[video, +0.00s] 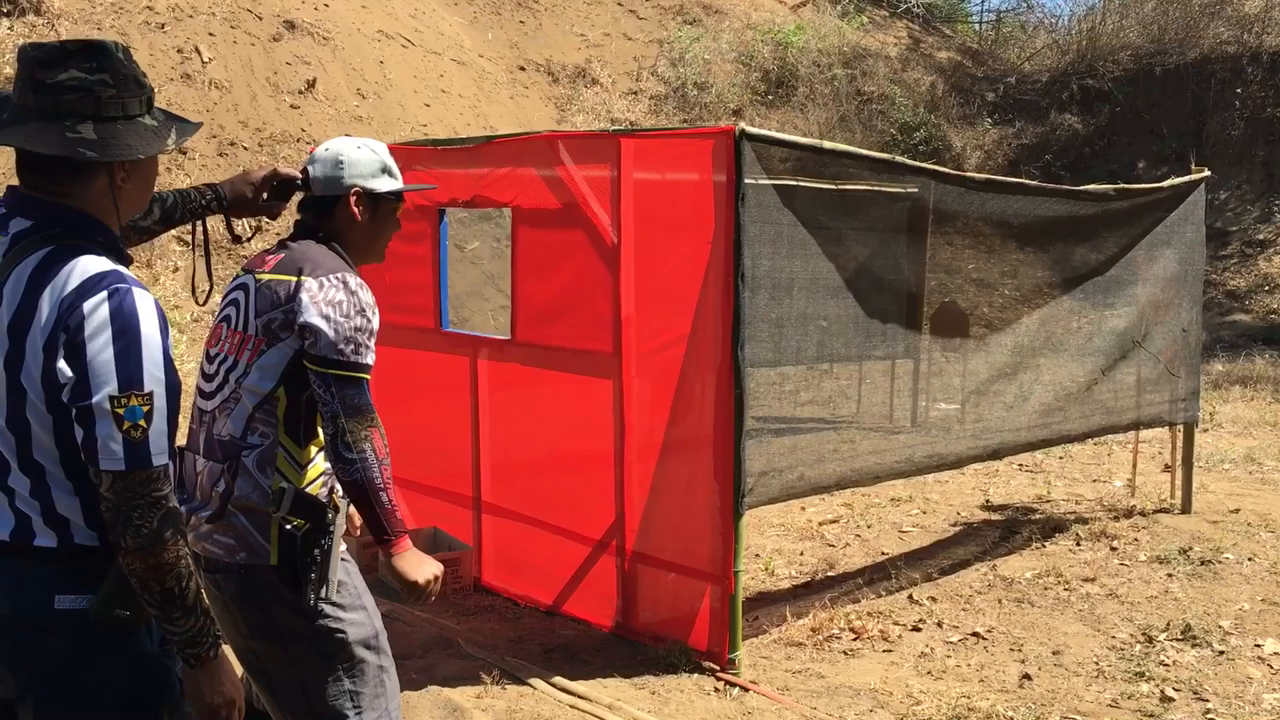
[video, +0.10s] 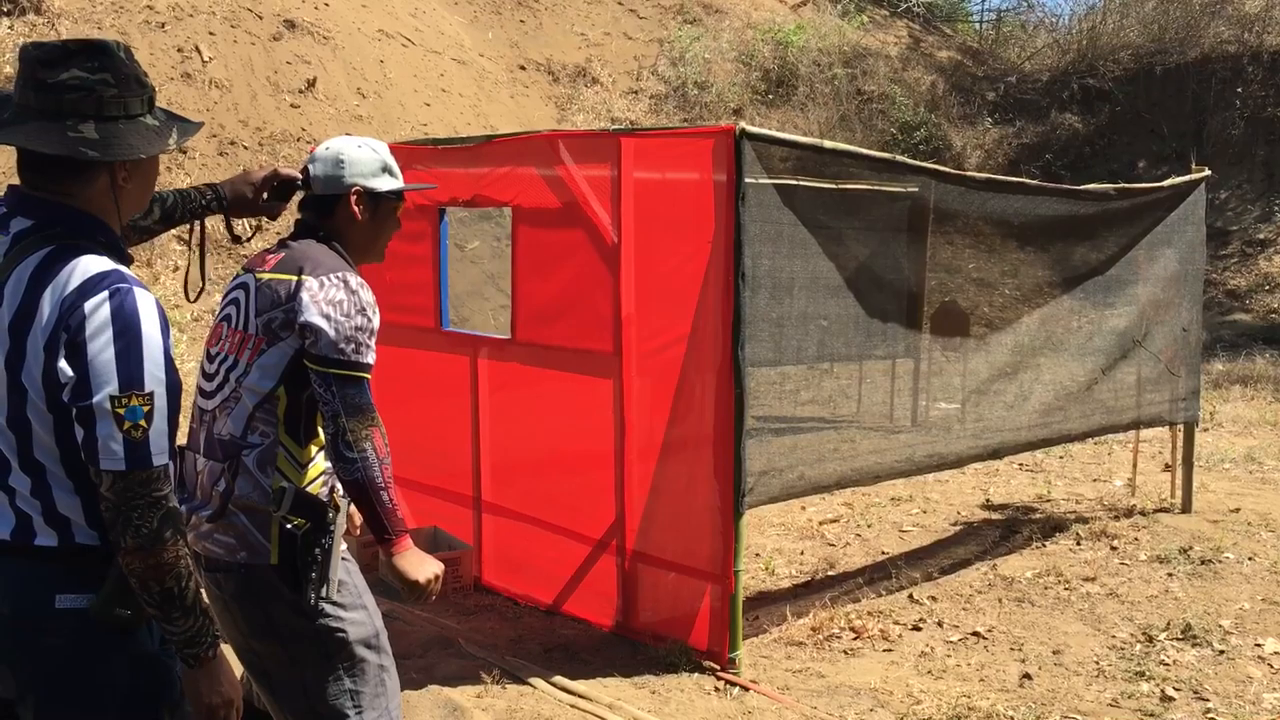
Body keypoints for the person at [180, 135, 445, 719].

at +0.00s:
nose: (401, 223)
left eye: (401, 208)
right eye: (395, 207)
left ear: (335, 203)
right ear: (356, 207)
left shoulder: (265, 267)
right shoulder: (336, 287)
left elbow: (275, 406)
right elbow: (352, 431)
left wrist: (335, 494)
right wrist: (401, 545)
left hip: (222, 532)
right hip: (280, 540)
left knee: (285, 696)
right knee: (363, 696)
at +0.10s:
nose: (400, 223)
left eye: (401, 208)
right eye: (395, 207)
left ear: (334, 202)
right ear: (357, 207)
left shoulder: (265, 267)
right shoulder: (337, 287)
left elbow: (275, 407)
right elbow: (352, 431)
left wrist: (335, 494)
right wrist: (402, 544)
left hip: (221, 528)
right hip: (279, 538)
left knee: (286, 693)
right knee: (363, 696)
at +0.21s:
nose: (400, 222)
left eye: (401, 208)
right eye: (395, 206)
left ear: (335, 201)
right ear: (357, 205)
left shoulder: (263, 267)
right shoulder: (337, 286)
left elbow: (277, 409)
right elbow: (352, 430)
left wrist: (340, 498)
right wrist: (402, 544)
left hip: (221, 531)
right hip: (280, 540)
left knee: (285, 692)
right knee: (364, 697)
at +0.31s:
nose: (401, 222)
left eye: (402, 207)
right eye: (395, 205)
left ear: (335, 201)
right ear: (357, 206)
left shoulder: (265, 266)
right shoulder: (337, 287)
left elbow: (276, 405)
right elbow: (352, 432)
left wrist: (337, 495)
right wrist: (401, 544)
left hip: (222, 531)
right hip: (280, 541)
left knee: (284, 694)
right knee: (363, 698)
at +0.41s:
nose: (401, 222)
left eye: (402, 207)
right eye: (395, 206)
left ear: (333, 201)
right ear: (357, 205)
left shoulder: (264, 266)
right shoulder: (337, 287)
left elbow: (274, 406)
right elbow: (352, 432)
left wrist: (335, 495)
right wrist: (401, 544)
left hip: (222, 531)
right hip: (280, 542)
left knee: (283, 695)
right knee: (363, 699)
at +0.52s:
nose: (402, 222)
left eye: (403, 207)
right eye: (397, 206)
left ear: (335, 201)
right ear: (358, 205)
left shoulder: (263, 266)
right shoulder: (337, 286)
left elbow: (273, 406)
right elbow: (352, 431)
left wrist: (334, 494)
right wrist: (401, 545)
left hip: (222, 531)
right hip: (280, 543)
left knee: (283, 694)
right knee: (363, 700)